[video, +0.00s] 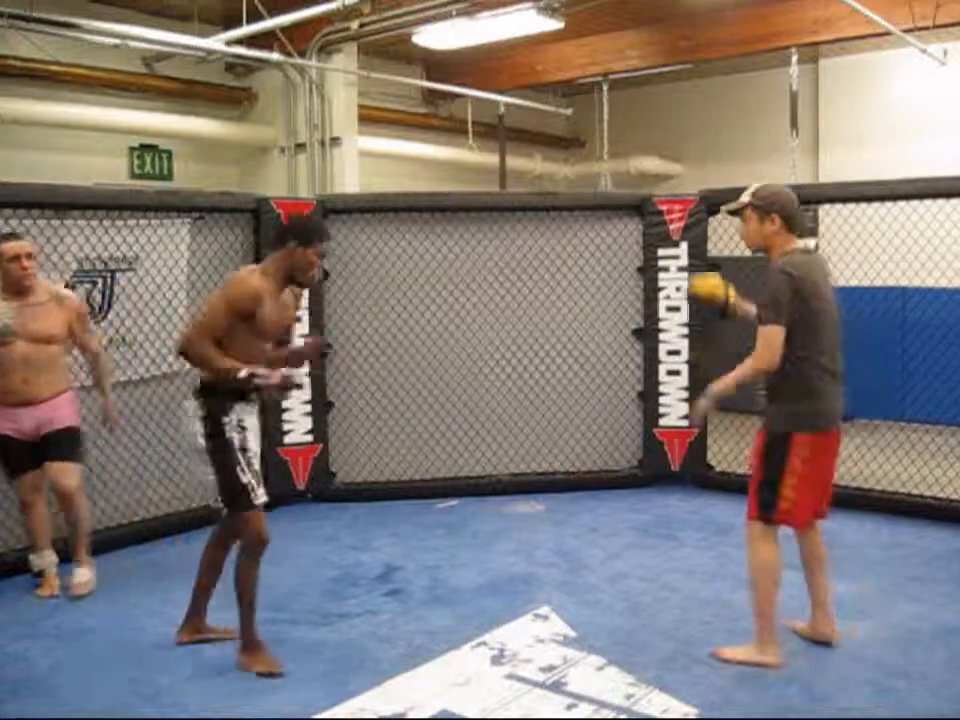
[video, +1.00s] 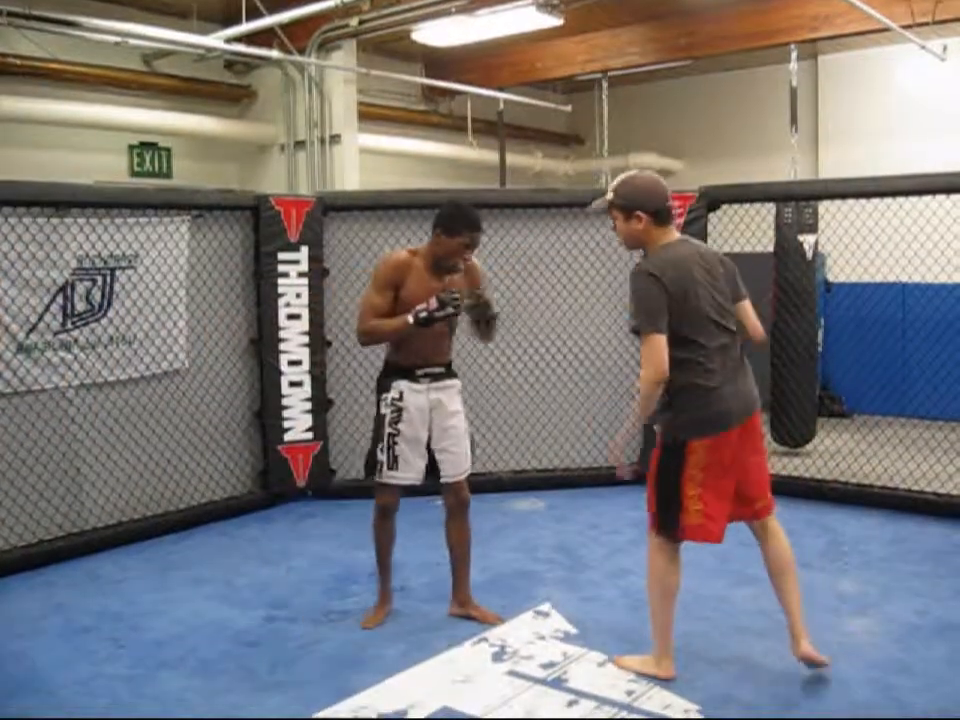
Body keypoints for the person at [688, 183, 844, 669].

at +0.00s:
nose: (742, 228)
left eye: (746, 219)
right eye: (742, 219)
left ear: (771, 222)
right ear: (779, 222)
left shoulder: (782, 273)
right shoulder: (812, 264)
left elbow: (767, 357)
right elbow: (788, 324)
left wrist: (715, 391)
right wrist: (735, 303)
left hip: (792, 420)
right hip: (822, 416)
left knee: (760, 526)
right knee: (805, 521)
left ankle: (764, 643)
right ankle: (822, 622)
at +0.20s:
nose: (741, 228)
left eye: (745, 219)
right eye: (740, 220)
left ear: (772, 222)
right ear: (780, 224)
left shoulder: (777, 273)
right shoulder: (805, 267)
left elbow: (752, 350)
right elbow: (735, 291)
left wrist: (693, 347)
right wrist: (719, 241)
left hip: (784, 423)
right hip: (813, 421)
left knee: (715, 509)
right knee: (805, 519)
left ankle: (748, 625)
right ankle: (825, 630)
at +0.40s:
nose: (724, 236)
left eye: (730, 228)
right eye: (724, 228)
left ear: (757, 232)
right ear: (764, 233)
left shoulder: (766, 282)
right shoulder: (786, 270)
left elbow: (761, 366)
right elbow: (711, 276)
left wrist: (698, 389)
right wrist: (674, 236)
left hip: (756, 429)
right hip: (788, 426)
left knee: (691, 522)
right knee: (784, 525)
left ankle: (671, 649)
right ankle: (822, 627)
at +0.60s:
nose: (671, 240)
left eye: (678, 231)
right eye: (671, 231)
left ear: (704, 236)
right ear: (709, 235)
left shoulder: (722, 288)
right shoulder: (723, 274)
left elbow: (749, 372)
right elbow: (660, 285)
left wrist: (683, 412)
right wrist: (666, 231)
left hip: (731, 434)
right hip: (758, 428)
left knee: (672, 536)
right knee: (775, 526)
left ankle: (662, 659)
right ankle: (820, 623)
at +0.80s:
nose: (623, 232)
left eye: (627, 224)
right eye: (623, 223)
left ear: (654, 228)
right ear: (668, 226)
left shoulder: (673, 277)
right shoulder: (697, 257)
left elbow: (691, 362)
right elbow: (651, 289)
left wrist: (632, 384)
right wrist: (619, 253)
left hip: (708, 423)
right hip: (751, 411)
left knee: (673, 537)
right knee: (777, 519)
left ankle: (662, 657)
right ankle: (804, 625)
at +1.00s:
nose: (613, 226)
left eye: (616, 217)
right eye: (612, 217)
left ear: (641, 219)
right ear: (659, 215)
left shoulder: (650, 273)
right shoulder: (712, 256)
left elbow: (656, 371)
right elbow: (755, 330)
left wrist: (639, 420)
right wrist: (712, 332)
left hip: (689, 424)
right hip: (742, 411)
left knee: (664, 538)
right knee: (765, 521)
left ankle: (661, 657)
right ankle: (802, 639)